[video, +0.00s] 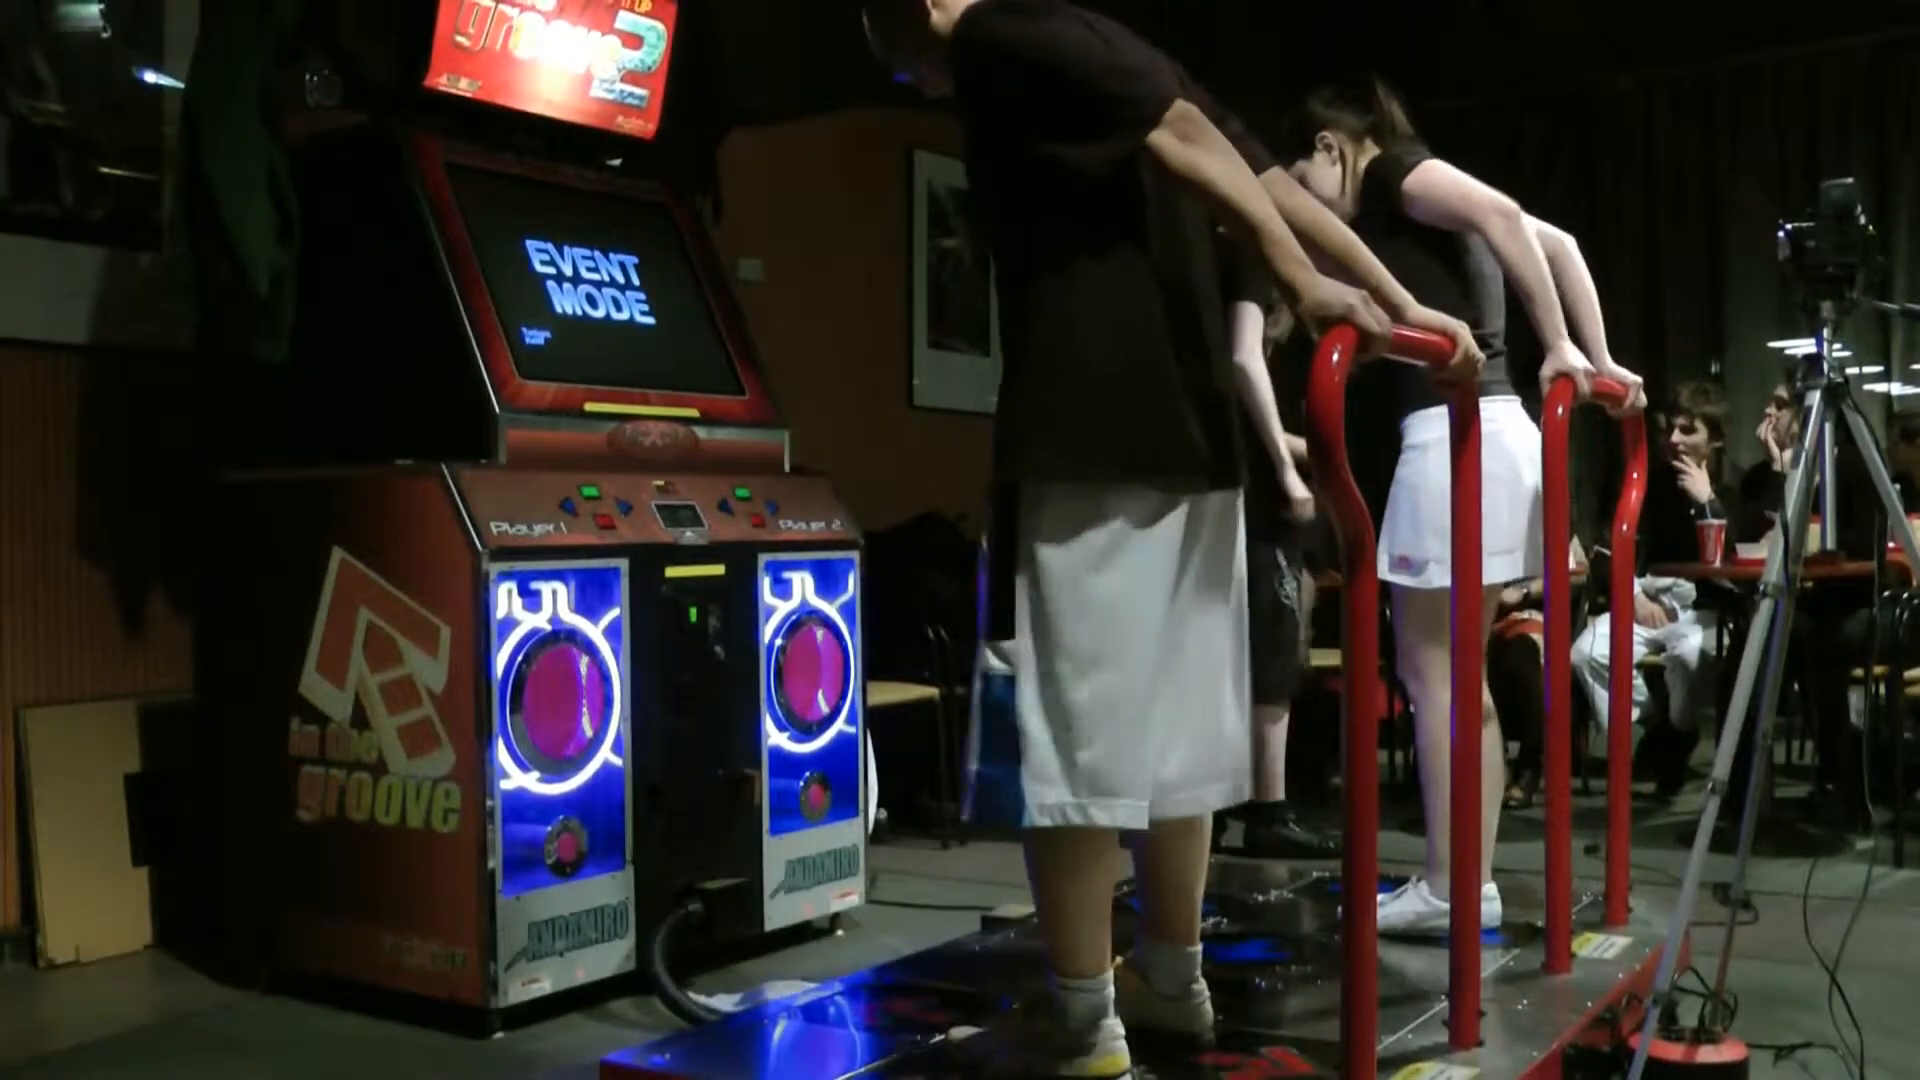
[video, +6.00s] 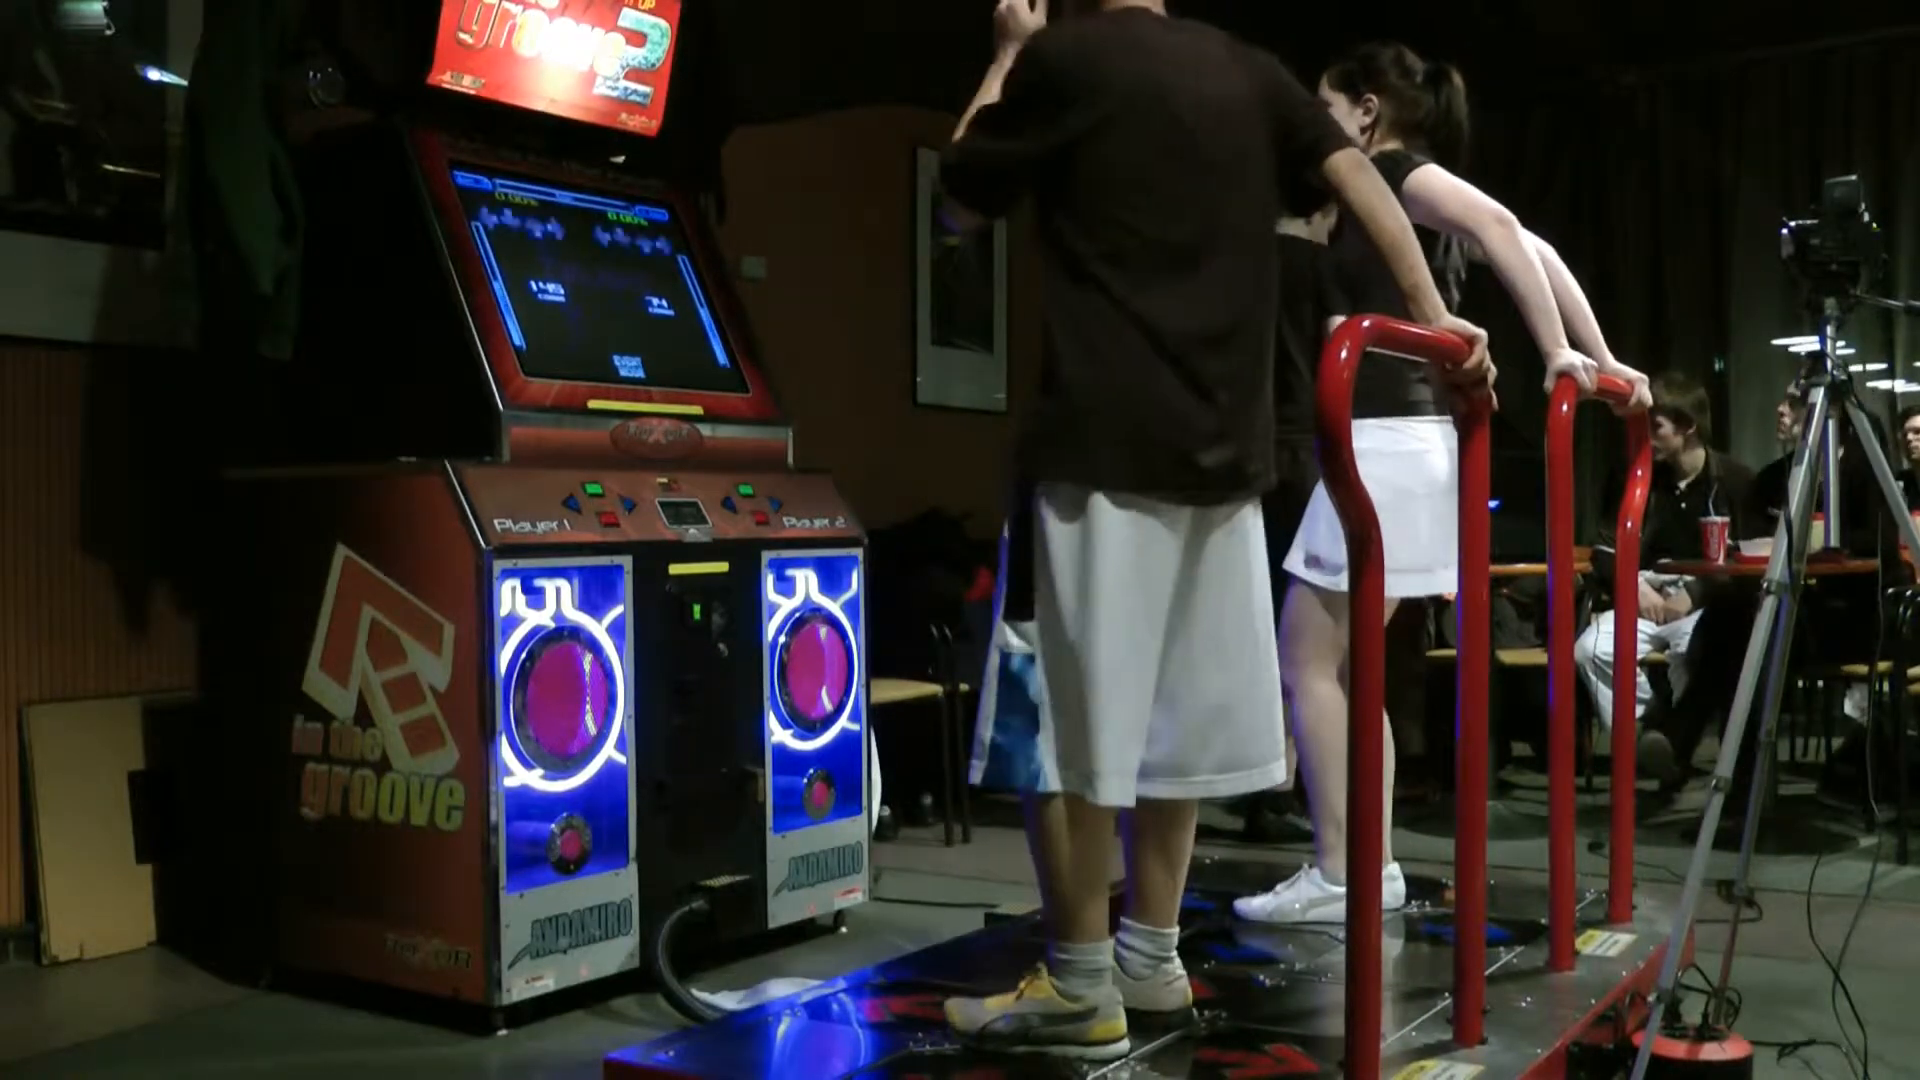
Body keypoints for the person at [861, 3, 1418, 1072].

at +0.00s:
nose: (912, 54)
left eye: (901, 37)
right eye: (902, 42)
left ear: (924, 8)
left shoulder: (992, 35)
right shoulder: (1127, 50)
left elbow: (1184, 137)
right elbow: (1273, 186)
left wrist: (1301, 279)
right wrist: (1397, 299)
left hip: (1088, 430)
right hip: (1197, 424)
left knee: (1074, 722)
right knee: (1186, 711)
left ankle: (1083, 1019)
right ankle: (1177, 988)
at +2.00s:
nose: (978, 24)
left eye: (984, 9)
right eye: (976, 15)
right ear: (1020, 17)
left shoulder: (1127, 62)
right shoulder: (1032, 121)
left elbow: (1250, 172)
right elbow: (966, 316)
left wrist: (1323, 299)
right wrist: (841, 421)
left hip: (1113, 471)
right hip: (1047, 470)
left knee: (1122, 739)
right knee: (1070, 733)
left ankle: (1156, 993)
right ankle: (1087, 944)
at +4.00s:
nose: (978, 19)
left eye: (982, 8)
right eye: (980, 14)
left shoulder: (1106, 66)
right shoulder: (1054, 90)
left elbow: (1215, 193)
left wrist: (1313, 314)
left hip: (1094, 470)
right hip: (1039, 470)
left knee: (1106, 730)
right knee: (1056, 725)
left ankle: (1150, 988)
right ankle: (1085, 942)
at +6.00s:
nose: (1038, 9)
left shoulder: (1066, 58)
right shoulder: (1250, 68)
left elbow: (966, 191)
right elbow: (1364, 186)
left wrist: (1006, 56)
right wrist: (1434, 316)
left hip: (1099, 429)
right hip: (1224, 433)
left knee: (1080, 700)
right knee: (1185, 699)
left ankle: (1082, 986)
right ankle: (1154, 957)